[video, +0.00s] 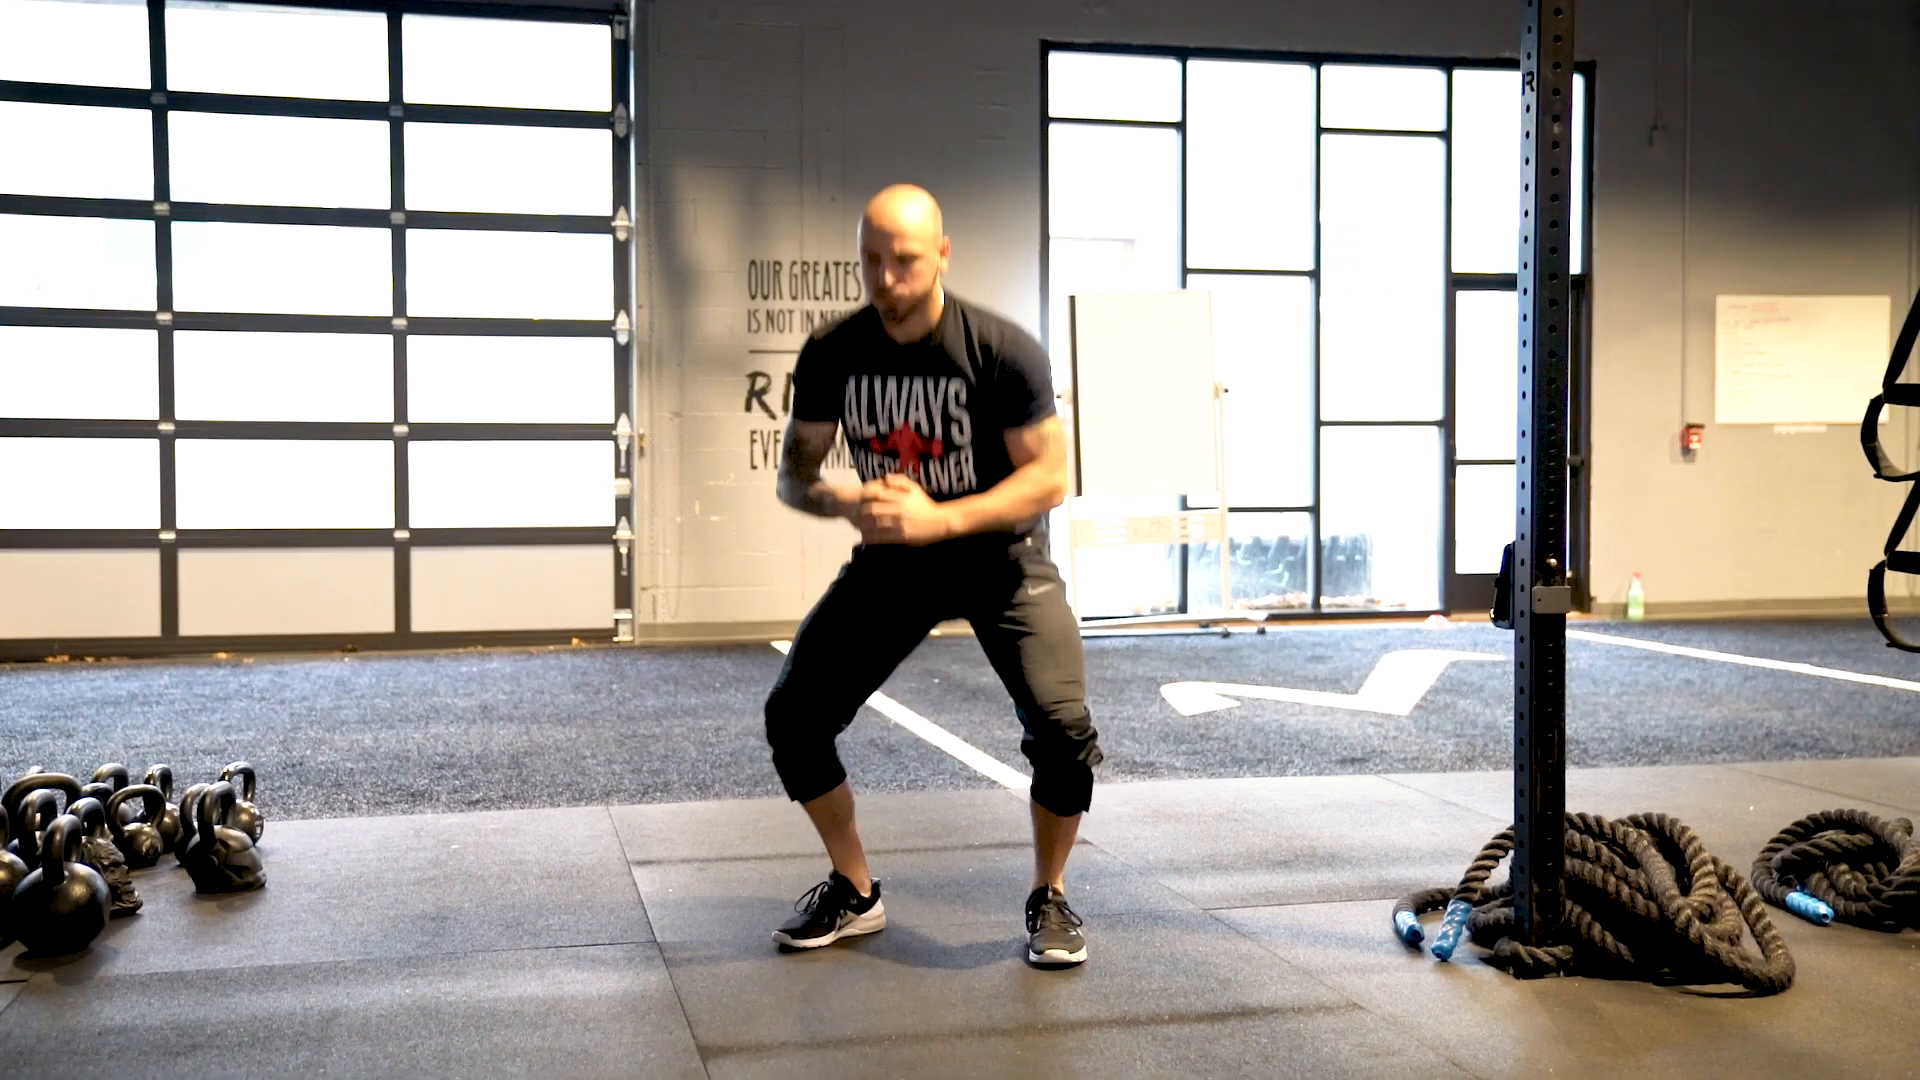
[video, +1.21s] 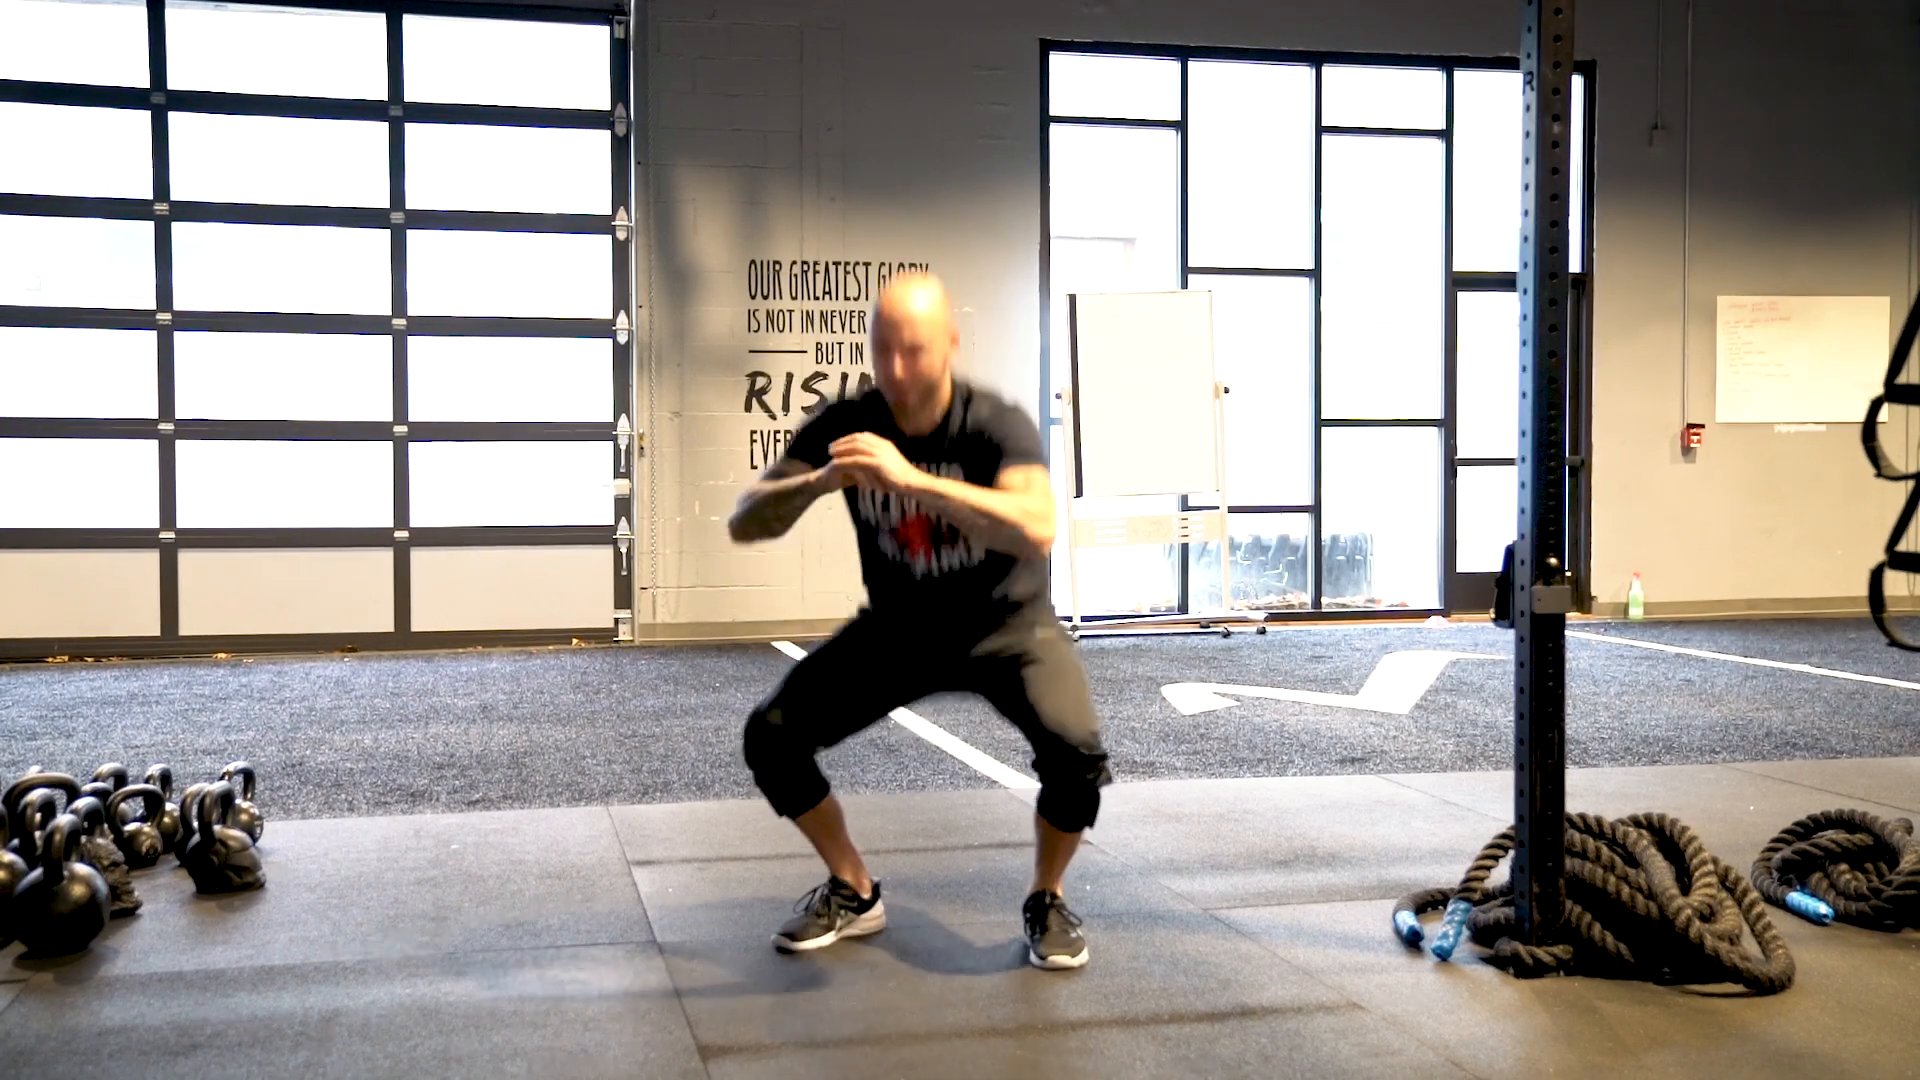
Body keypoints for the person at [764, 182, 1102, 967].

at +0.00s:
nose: (887, 281)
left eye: (906, 263)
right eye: (874, 261)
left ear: (943, 257)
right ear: (859, 256)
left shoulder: (1003, 352)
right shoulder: (830, 354)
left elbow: (1050, 477)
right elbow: (795, 481)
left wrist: (943, 516)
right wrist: (846, 500)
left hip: (1005, 560)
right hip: (894, 563)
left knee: (1064, 727)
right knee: (794, 718)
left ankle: (1049, 896)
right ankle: (854, 888)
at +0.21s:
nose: (886, 311)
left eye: (903, 291)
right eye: (873, 292)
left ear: (940, 284)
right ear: (857, 288)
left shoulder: (993, 364)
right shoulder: (830, 370)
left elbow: (1025, 480)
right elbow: (754, 490)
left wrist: (900, 441)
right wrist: (811, 438)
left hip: (1005, 583)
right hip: (895, 585)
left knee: (1068, 736)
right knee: (787, 725)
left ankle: (1048, 899)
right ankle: (855, 891)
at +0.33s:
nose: (887, 418)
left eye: (904, 400)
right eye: (875, 401)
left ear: (942, 391)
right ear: (859, 395)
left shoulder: (984, 460)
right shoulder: (838, 467)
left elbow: (1002, 539)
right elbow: (737, 539)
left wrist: (886, 452)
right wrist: (805, 459)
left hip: (1003, 658)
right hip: (900, 660)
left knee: (1082, 764)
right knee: (768, 747)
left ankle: (1048, 903)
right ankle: (854, 892)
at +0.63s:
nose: (894, 494)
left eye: (912, 477)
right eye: (882, 475)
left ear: (950, 473)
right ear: (868, 471)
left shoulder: (998, 544)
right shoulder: (846, 536)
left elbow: (1013, 651)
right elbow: (746, 639)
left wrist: (894, 575)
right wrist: (813, 573)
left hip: (992, 722)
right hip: (892, 722)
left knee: (1085, 764)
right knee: (764, 748)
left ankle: (1046, 902)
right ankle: (854, 891)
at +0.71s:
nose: (893, 433)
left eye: (912, 417)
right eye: (882, 415)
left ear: (949, 415)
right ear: (868, 414)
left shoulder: (1001, 495)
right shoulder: (840, 490)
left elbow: (1046, 617)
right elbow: (757, 606)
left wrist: (920, 581)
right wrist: (814, 567)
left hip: (1003, 674)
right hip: (897, 671)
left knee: (1084, 762)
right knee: (765, 743)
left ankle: (1048, 900)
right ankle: (853, 889)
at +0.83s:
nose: (893, 327)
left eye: (911, 309)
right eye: (881, 308)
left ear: (949, 304)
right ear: (866, 305)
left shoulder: (1007, 398)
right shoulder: (836, 399)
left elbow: (1075, 513)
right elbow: (796, 516)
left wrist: (965, 551)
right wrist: (852, 544)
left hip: (1005, 592)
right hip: (899, 594)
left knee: (1072, 749)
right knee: (783, 729)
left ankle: (1047, 900)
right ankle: (854, 891)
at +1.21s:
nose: (897, 369)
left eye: (914, 351)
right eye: (884, 350)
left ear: (952, 345)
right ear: (869, 348)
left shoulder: (999, 424)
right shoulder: (845, 423)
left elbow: (1037, 528)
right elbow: (743, 527)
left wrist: (911, 482)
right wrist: (819, 481)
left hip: (1008, 627)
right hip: (899, 629)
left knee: (1078, 752)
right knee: (773, 739)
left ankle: (1047, 899)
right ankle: (854, 890)